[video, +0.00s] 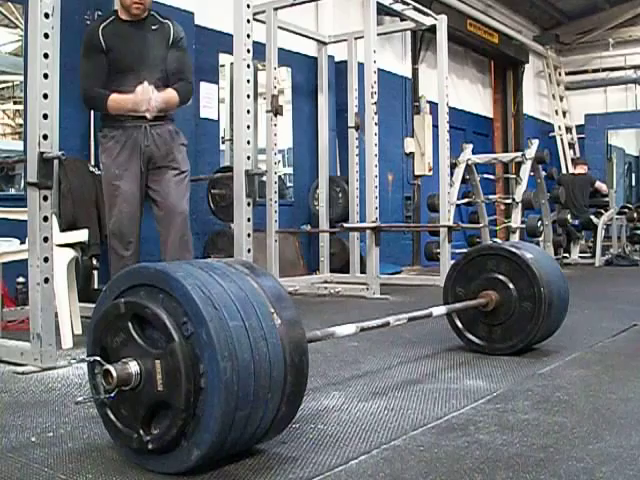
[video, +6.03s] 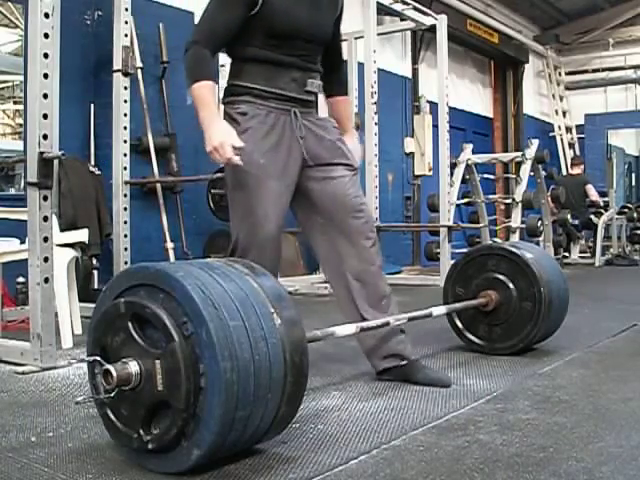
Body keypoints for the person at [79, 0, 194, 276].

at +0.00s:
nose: (140, 1)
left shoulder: (170, 30)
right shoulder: (99, 34)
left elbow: (185, 86)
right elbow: (90, 95)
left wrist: (158, 101)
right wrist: (133, 101)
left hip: (166, 136)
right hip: (119, 138)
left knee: (177, 216)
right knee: (122, 226)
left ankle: (184, 298)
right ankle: (124, 302)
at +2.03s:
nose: (160, 12)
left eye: (166, 7)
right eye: (154, 4)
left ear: (170, 10)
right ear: (137, 3)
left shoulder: (175, 50)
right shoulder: (113, 41)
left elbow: (183, 105)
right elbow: (80, 92)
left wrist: (192, 148)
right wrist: (80, 142)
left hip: (164, 143)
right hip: (124, 141)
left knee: (158, 231)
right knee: (124, 229)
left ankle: (158, 304)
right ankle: (123, 304)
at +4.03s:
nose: (151, 9)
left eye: (158, 3)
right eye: (145, 1)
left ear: (163, 7)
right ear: (130, 3)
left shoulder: (172, 45)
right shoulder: (106, 38)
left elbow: (182, 98)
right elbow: (73, 90)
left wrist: (192, 145)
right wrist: (72, 142)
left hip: (160, 141)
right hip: (118, 139)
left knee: (153, 233)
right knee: (118, 229)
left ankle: (152, 312)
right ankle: (113, 313)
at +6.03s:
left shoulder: (332, 4)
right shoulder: (245, 2)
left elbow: (332, 63)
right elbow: (200, 46)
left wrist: (347, 132)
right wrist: (211, 121)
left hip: (312, 120)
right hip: (256, 115)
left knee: (355, 229)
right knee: (260, 243)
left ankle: (389, 355)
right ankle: (248, 371)